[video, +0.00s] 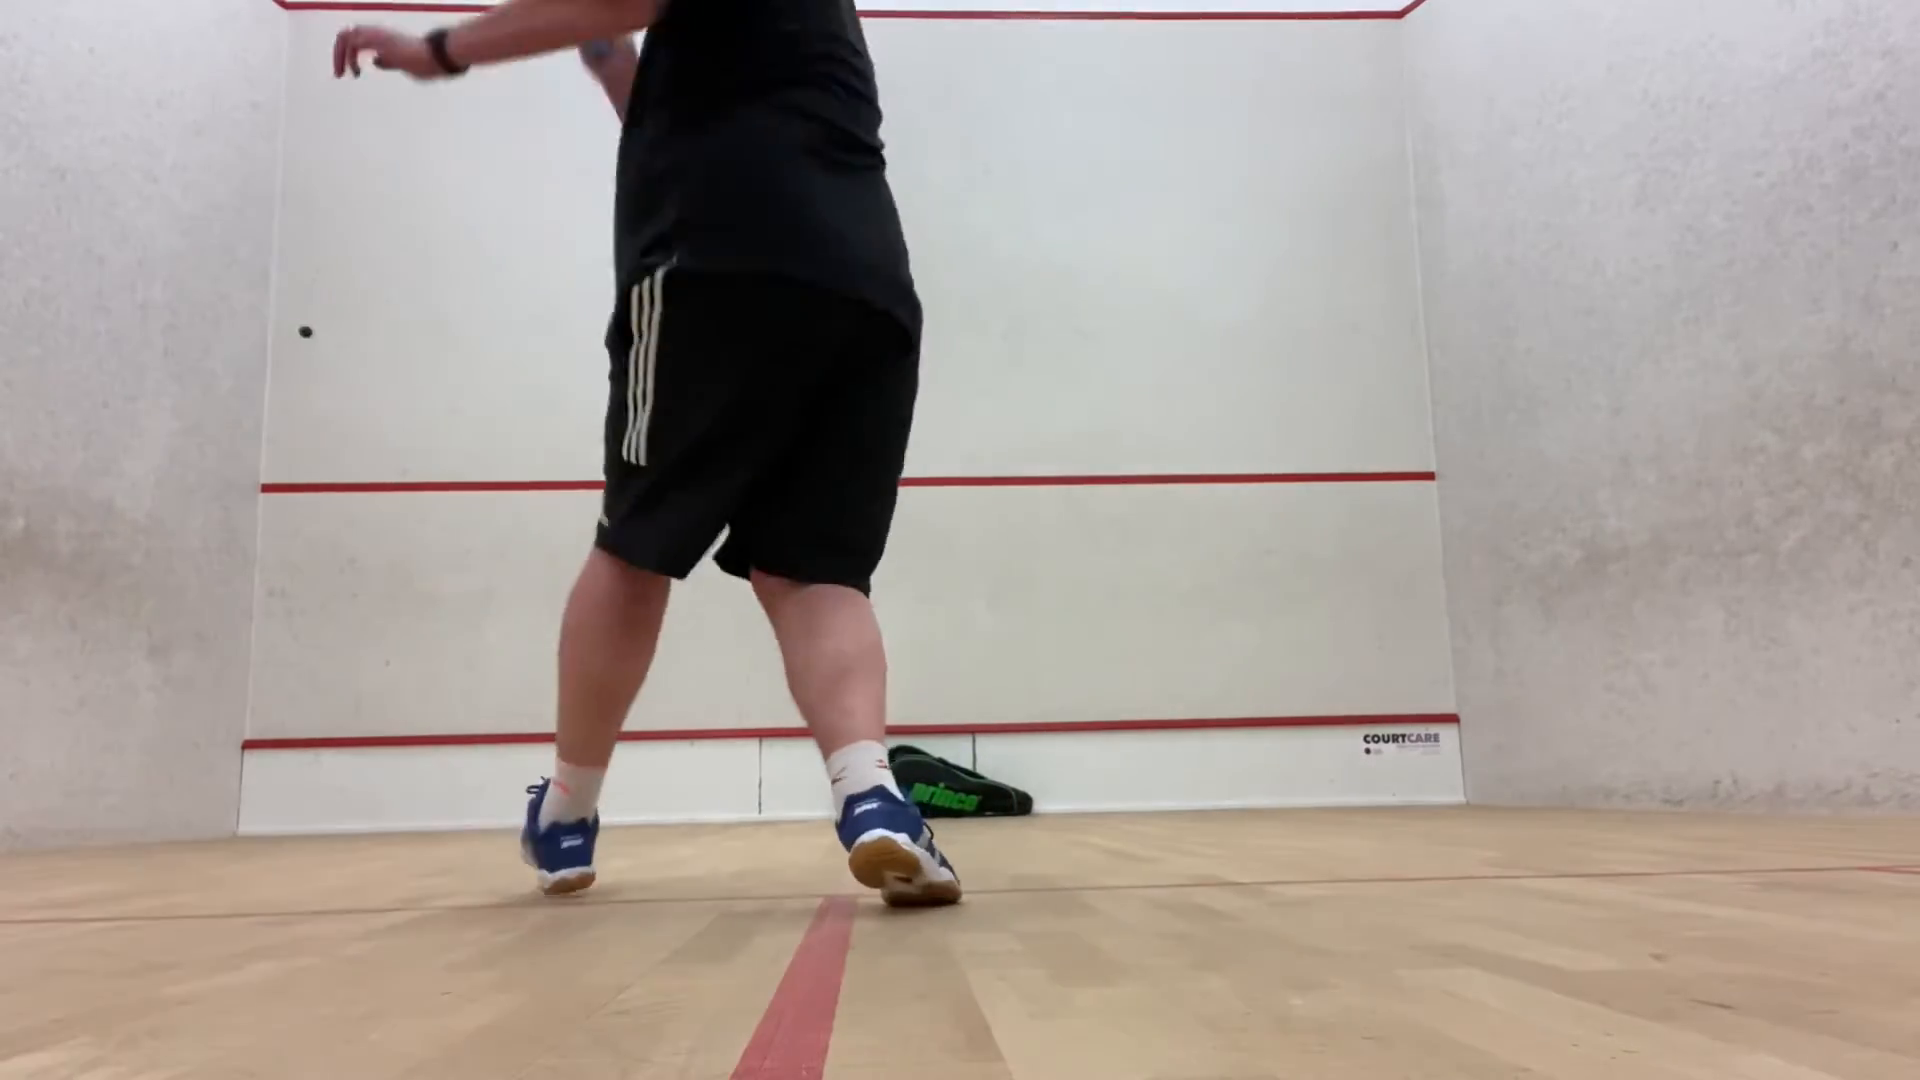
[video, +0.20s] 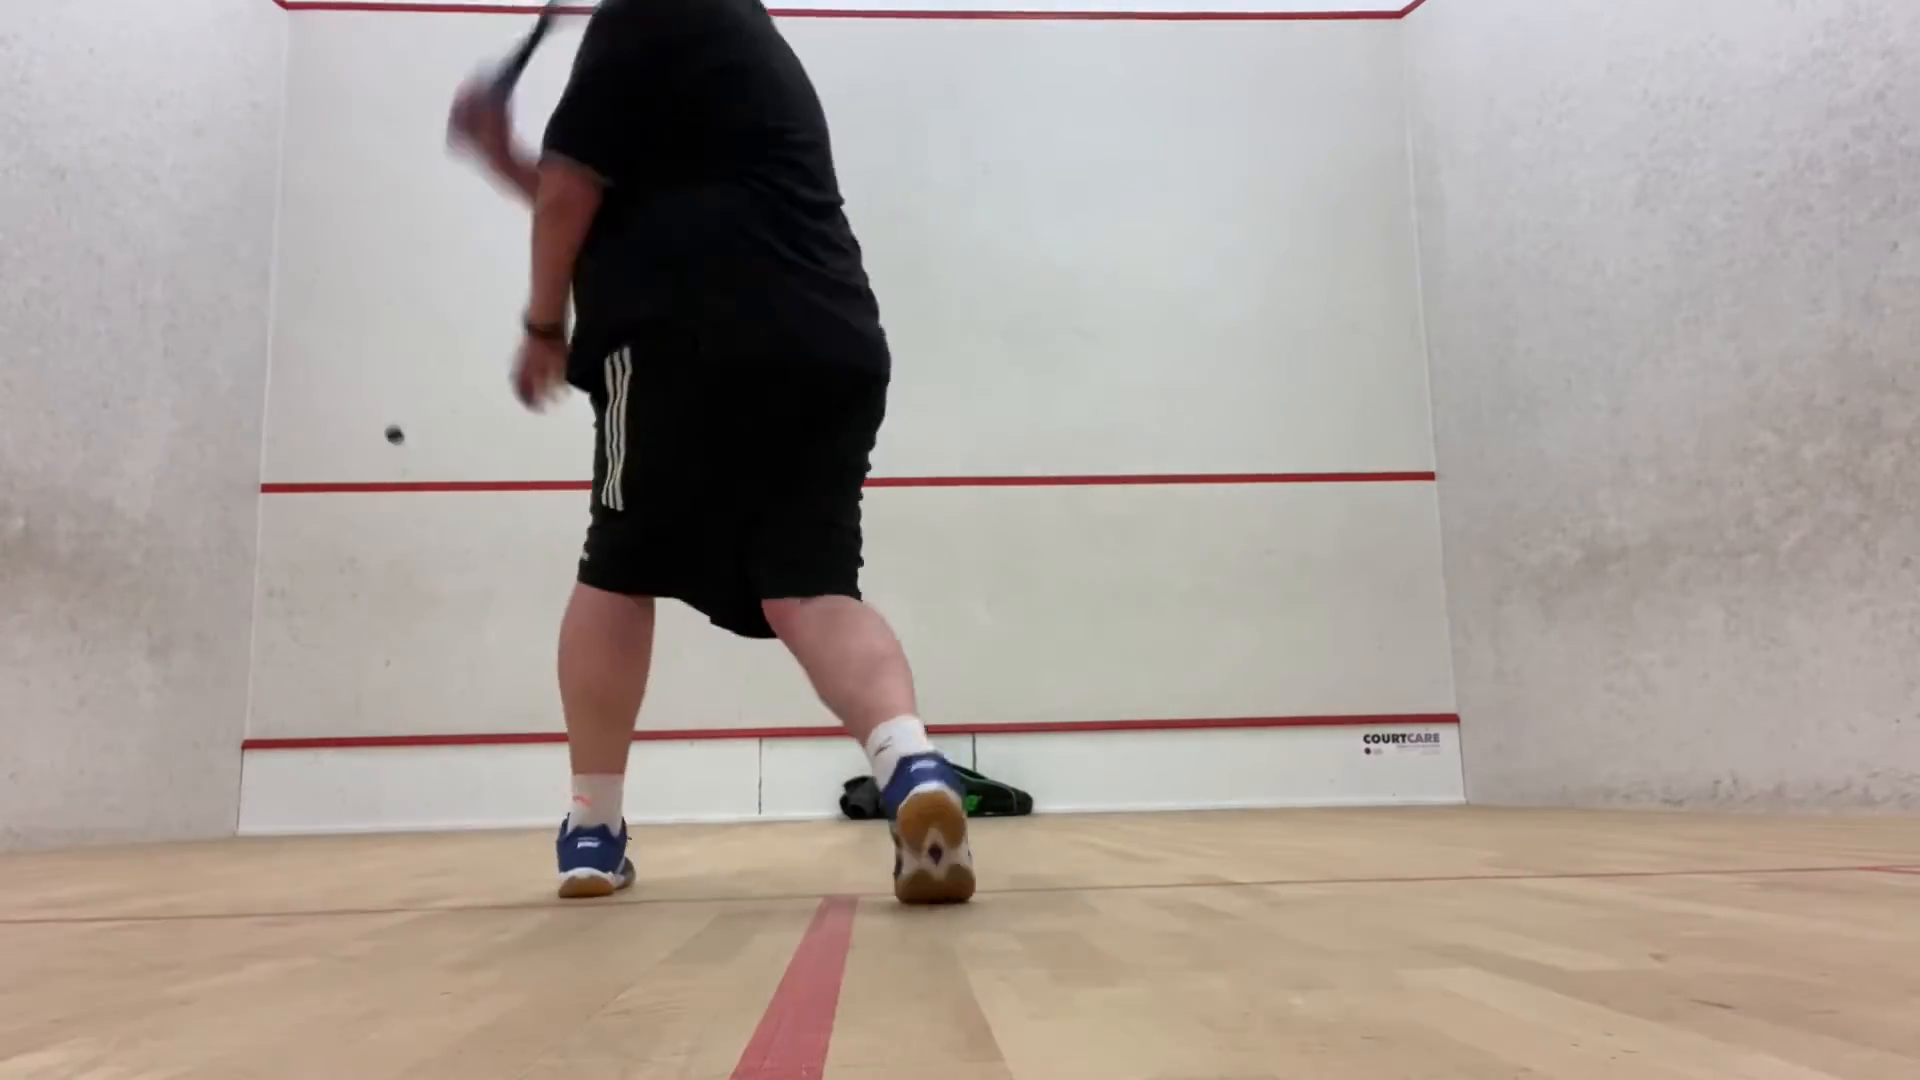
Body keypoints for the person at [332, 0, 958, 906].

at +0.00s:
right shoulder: (825, 19)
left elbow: (615, 6)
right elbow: (686, 138)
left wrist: (440, 49)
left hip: (708, 257)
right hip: (868, 273)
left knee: (638, 544)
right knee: (815, 555)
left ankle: (568, 816)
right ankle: (873, 800)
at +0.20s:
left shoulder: (634, 21)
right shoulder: (763, 48)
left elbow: (566, 195)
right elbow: (636, 221)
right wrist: (506, 155)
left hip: (678, 348)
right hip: (831, 345)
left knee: (618, 574)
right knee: (810, 583)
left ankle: (593, 829)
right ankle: (914, 769)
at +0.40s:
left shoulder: (554, 42)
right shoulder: (757, 38)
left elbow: (519, 220)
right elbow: (895, 160)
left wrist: (602, 324)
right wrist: (996, 207)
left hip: (631, 347)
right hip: (782, 324)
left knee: (650, 566)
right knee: (848, 529)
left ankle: (599, 828)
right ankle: (950, 706)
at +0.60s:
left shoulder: (607, 36)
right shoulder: (822, 16)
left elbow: (582, 213)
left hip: (631, 337)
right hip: (784, 323)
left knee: (642, 583)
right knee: (887, 535)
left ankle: (598, 829)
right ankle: (983, 762)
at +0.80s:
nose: (939, 12)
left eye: (949, 5)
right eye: (936, 1)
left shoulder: (706, 45)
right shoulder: (844, 16)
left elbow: (744, 218)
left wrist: (880, 274)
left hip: (670, 335)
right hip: (804, 330)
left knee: (680, 594)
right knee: (913, 569)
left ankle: (601, 828)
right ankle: (1013, 814)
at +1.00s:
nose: (1014, 22)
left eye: (1023, 11)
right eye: (1017, 5)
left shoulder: (846, 42)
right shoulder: (912, 40)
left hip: (703, 347)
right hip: (841, 353)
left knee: (720, 596)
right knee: (952, 564)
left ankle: (606, 827)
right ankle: (1019, 820)